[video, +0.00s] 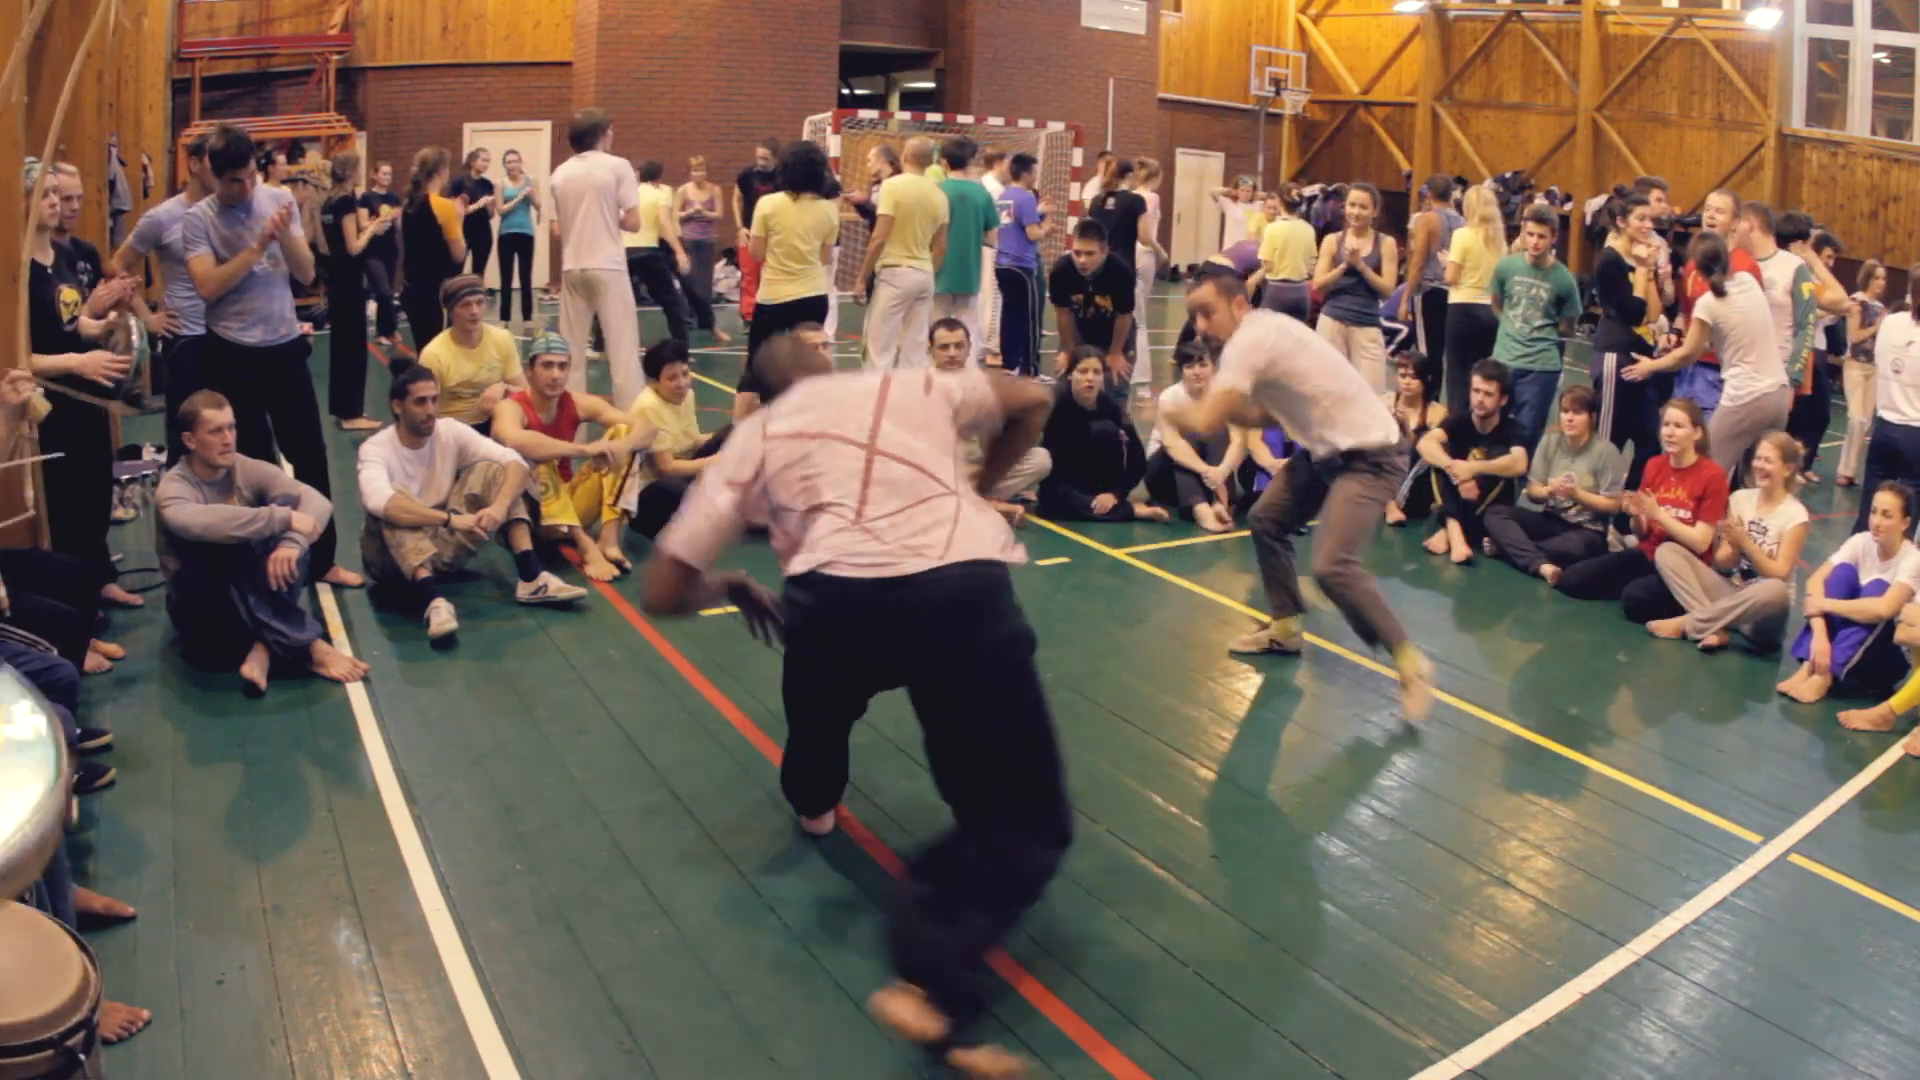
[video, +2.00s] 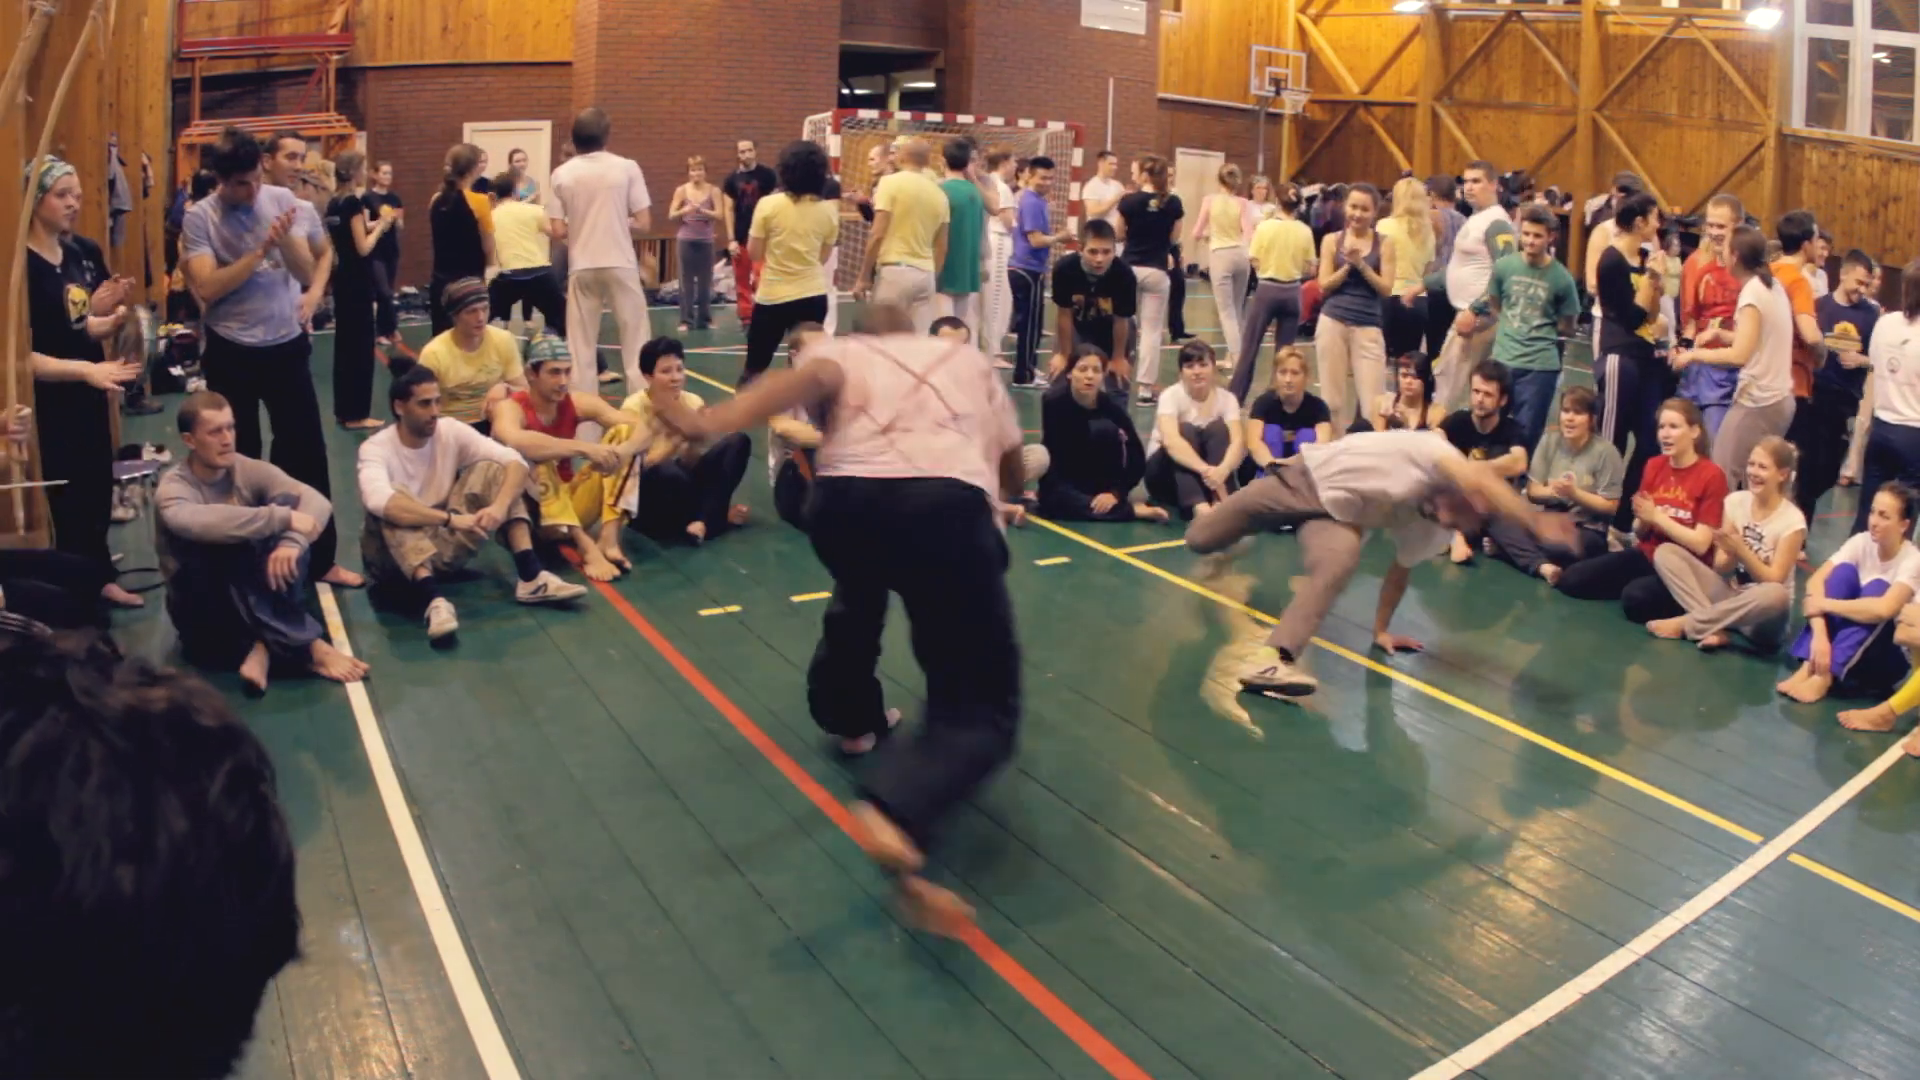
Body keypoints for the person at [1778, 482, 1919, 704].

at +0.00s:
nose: (1876, 521)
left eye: (1886, 515)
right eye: (1874, 512)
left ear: (1905, 523)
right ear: (1868, 512)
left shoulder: (1912, 559)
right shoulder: (1860, 542)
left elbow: (1885, 610)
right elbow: (1814, 581)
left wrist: (1823, 604)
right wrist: (1820, 638)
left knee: (1877, 587)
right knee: (1843, 572)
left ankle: (1823, 676)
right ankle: (1807, 666)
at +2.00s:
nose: (1873, 521)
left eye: (1883, 516)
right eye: (1872, 512)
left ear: (1904, 525)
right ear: (1868, 512)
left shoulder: (1912, 559)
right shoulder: (1860, 542)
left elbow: (1885, 610)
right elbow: (1815, 581)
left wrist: (1823, 604)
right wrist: (1820, 637)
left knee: (1877, 587)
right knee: (1844, 572)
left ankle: (1824, 676)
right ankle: (1807, 666)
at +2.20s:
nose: (1874, 521)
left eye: (1884, 516)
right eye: (1873, 513)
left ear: (1905, 525)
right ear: (1869, 512)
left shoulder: (1912, 559)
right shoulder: (1860, 542)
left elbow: (1886, 609)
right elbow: (1815, 581)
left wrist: (1823, 604)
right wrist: (1820, 638)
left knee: (1877, 587)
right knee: (1844, 572)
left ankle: (1824, 676)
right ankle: (1808, 666)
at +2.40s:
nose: (1875, 521)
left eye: (1885, 516)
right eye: (1873, 513)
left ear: (1905, 525)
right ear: (1869, 513)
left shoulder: (1912, 559)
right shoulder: (1860, 542)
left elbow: (1886, 610)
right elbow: (1815, 581)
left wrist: (1823, 604)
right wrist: (1820, 638)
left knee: (1877, 587)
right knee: (1844, 572)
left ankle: (1823, 676)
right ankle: (1807, 666)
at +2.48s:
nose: (1875, 522)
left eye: (1886, 516)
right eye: (1874, 513)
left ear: (1905, 525)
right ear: (1869, 513)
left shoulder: (1913, 560)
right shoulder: (1860, 542)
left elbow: (1886, 610)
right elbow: (1815, 581)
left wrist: (1823, 604)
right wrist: (1820, 638)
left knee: (1877, 587)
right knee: (1843, 572)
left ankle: (1823, 676)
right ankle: (1807, 666)